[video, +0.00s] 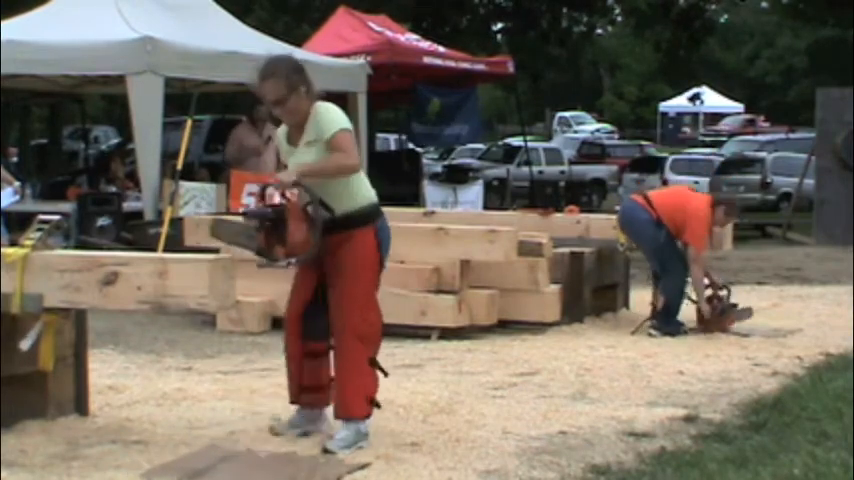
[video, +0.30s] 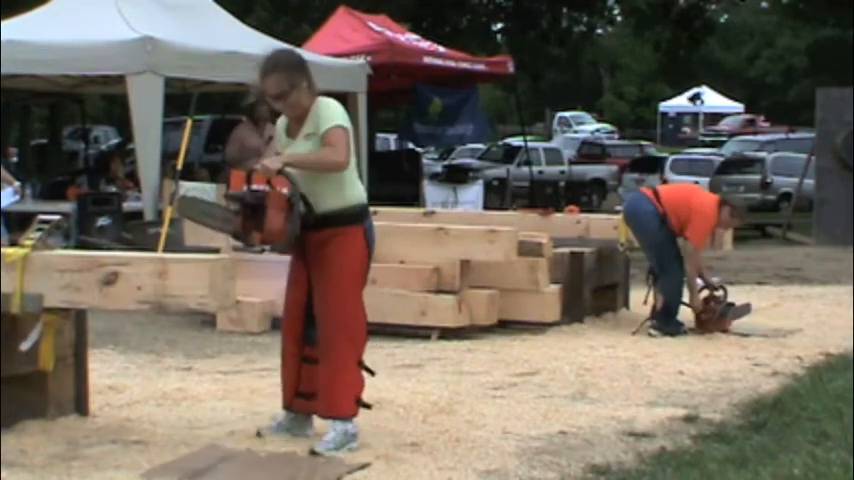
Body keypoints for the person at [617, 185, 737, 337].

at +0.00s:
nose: (724, 224)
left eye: (729, 221)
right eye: (726, 219)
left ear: (718, 208)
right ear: (720, 209)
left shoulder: (700, 203)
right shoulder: (700, 212)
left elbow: (693, 252)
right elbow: (695, 262)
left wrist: (709, 278)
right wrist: (701, 302)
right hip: (641, 215)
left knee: (669, 265)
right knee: (676, 267)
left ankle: (663, 317)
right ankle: (665, 321)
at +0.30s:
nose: (728, 228)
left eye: (733, 226)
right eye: (731, 223)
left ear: (725, 208)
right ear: (726, 210)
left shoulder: (709, 204)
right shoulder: (706, 211)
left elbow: (693, 251)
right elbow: (691, 254)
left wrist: (705, 280)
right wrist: (694, 296)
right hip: (645, 208)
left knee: (671, 267)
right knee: (672, 269)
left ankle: (664, 318)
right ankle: (665, 322)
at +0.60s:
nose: (730, 223)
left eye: (734, 221)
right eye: (733, 218)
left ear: (726, 205)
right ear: (727, 206)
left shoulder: (709, 200)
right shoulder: (708, 209)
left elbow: (696, 250)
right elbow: (695, 253)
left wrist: (706, 279)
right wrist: (699, 293)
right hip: (648, 206)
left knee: (661, 263)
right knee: (671, 265)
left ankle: (653, 314)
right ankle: (665, 321)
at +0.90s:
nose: (729, 212)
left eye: (733, 209)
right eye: (731, 206)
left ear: (722, 192)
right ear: (723, 194)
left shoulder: (701, 187)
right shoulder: (706, 194)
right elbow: (693, 241)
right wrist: (706, 279)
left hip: (636, 200)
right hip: (649, 208)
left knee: (656, 265)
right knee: (673, 265)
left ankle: (646, 313)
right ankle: (667, 320)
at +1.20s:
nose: (732, 221)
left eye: (737, 219)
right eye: (735, 216)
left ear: (727, 203)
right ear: (729, 205)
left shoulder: (705, 199)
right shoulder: (712, 209)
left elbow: (697, 249)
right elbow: (702, 256)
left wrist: (704, 282)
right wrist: (704, 297)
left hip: (638, 202)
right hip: (653, 209)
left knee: (657, 266)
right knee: (679, 268)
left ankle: (647, 313)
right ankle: (678, 322)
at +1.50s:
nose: (737, 232)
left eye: (741, 230)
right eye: (741, 228)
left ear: (736, 214)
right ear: (738, 216)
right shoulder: (720, 212)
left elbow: (699, 248)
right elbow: (706, 261)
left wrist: (707, 279)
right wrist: (708, 304)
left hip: (644, 200)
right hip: (658, 207)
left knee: (655, 265)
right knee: (680, 268)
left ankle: (647, 313)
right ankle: (678, 321)